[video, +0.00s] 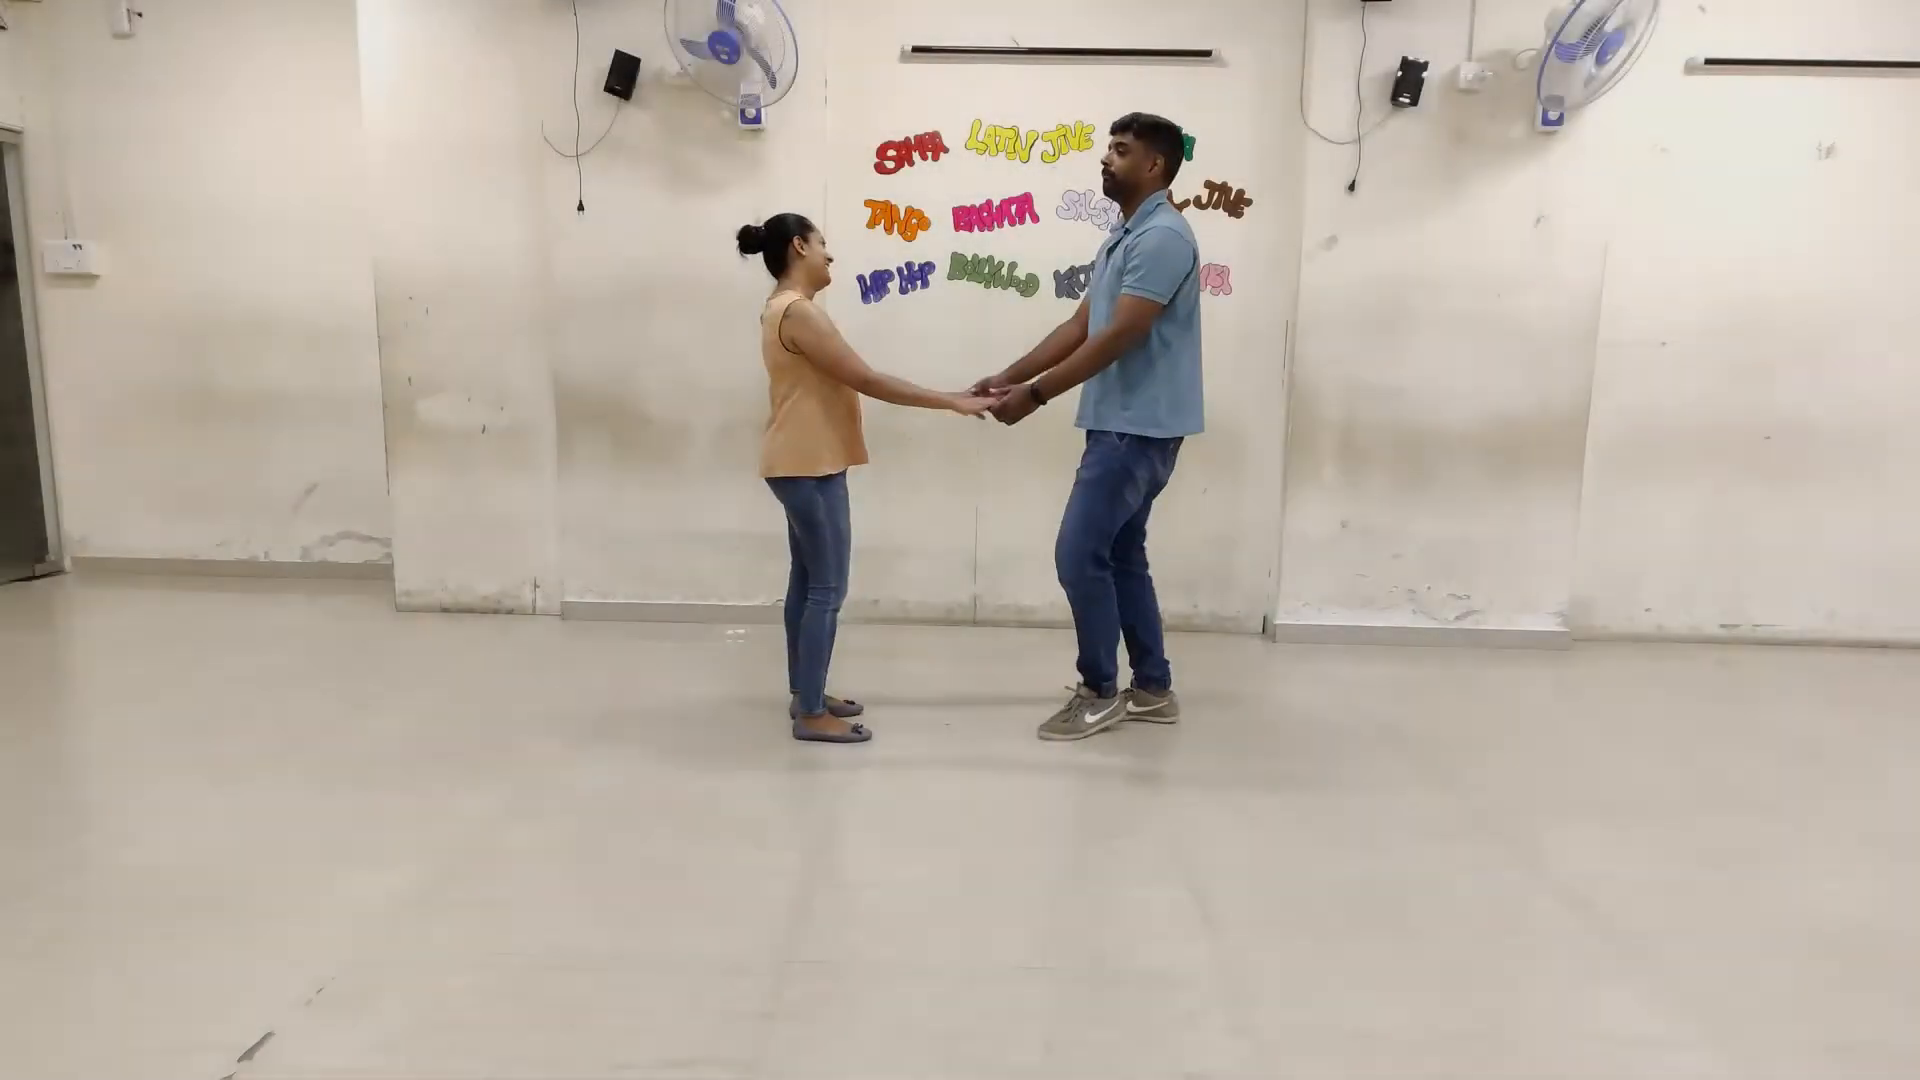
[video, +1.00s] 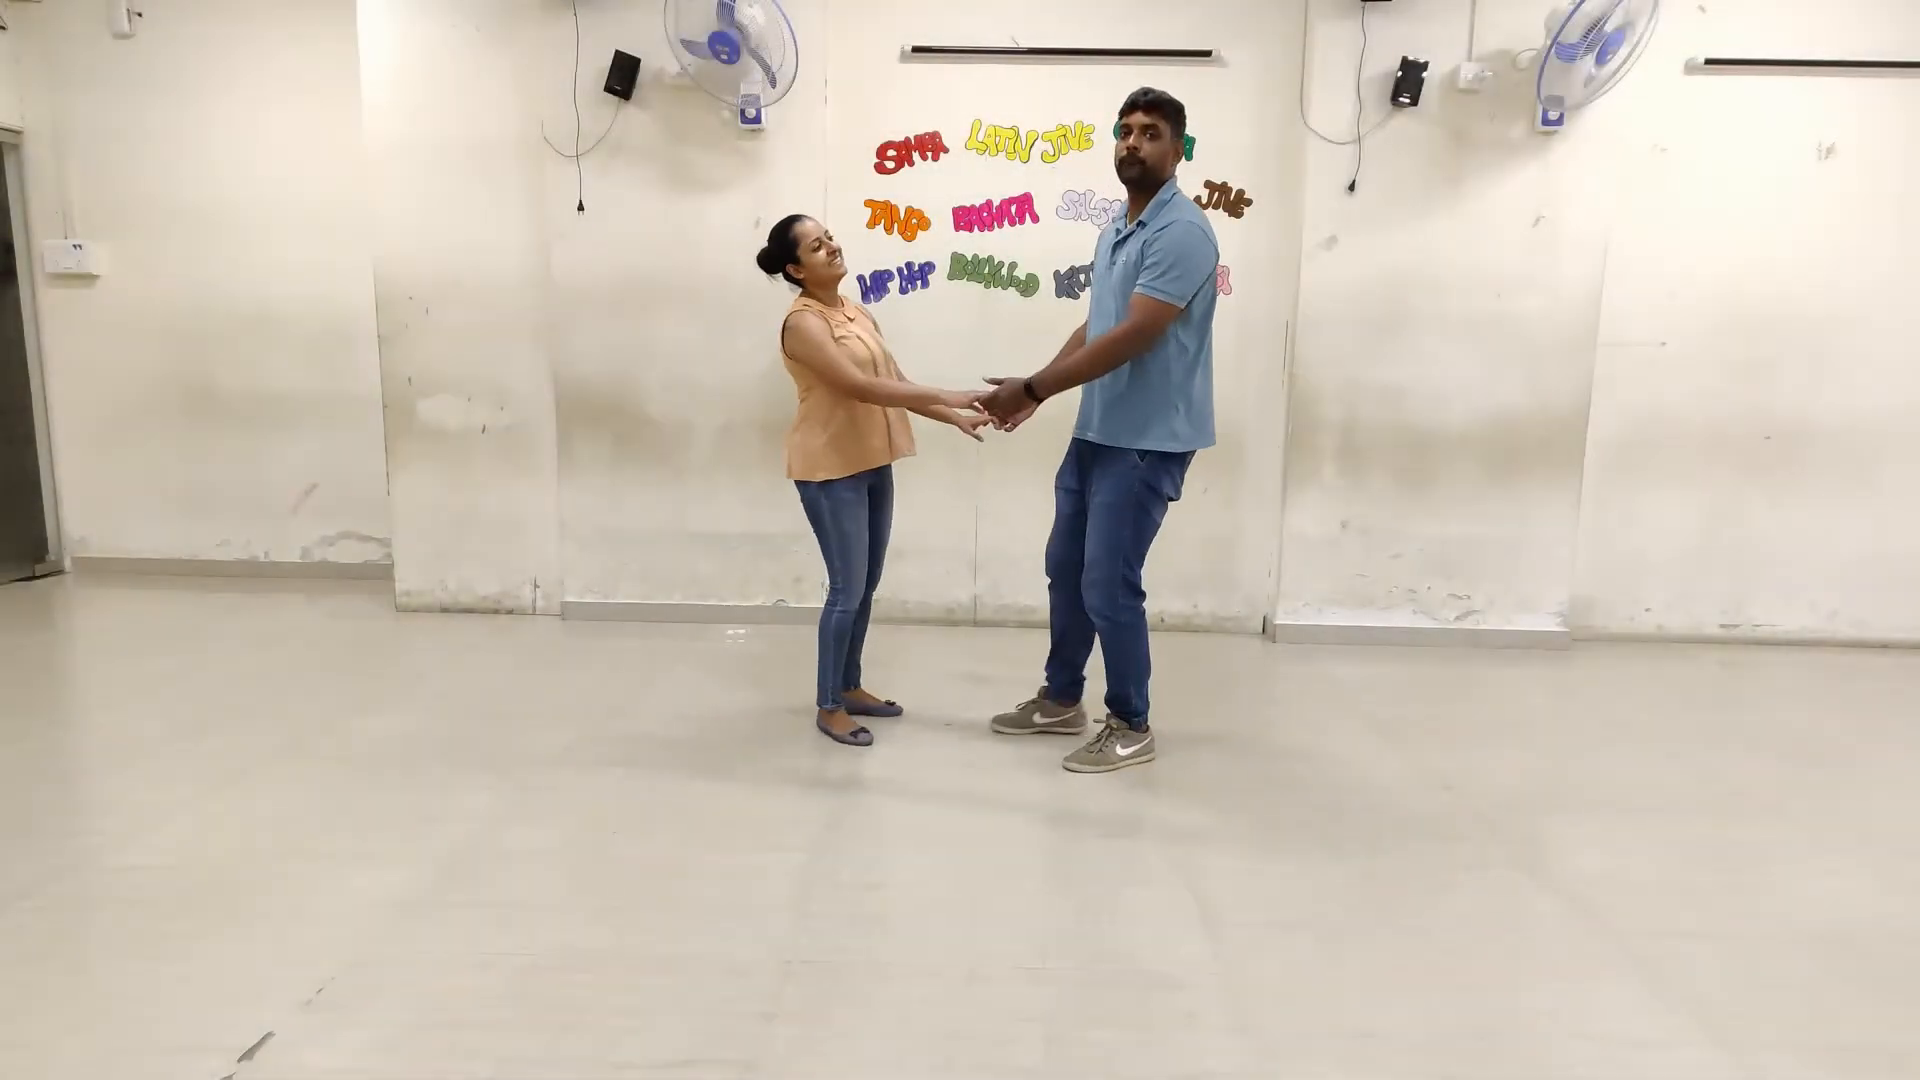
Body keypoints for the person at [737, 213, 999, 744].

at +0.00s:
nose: (830, 254)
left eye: (826, 244)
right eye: (823, 244)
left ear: (793, 251)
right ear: (800, 247)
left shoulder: (783, 310)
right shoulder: (797, 312)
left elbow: (861, 379)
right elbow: (865, 379)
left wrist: (944, 401)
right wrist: (950, 400)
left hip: (801, 463)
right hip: (812, 465)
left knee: (807, 584)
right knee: (827, 591)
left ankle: (807, 693)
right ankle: (812, 714)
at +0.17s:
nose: (830, 247)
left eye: (825, 238)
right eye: (822, 238)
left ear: (792, 249)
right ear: (803, 246)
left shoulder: (787, 308)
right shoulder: (801, 313)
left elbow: (871, 374)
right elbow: (874, 380)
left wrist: (947, 386)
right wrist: (959, 400)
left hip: (805, 464)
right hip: (815, 467)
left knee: (814, 586)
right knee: (826, 593)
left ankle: (809, 695)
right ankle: (810, 715)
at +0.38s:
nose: (831, 243)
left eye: (825, 234)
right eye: (823, 236)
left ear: (794, 253)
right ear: (806, 249)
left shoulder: (793, 308)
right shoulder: (806, 317)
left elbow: (872, 371)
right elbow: (880, 387)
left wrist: (949, 383)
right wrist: (967, 403)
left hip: (818, 462)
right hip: (813, 467)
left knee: (843, 573)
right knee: (827, 588)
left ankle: (820, 688)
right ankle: (810, 716)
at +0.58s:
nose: (836, 247)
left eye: (829, 239)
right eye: (825, 244)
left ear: (801, 266)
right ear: (803, 265)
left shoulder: (805, 314)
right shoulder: (807, 324)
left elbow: (876, 387)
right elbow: (880, 390)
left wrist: (944, 409)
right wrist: (967, 408)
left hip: (838, 470)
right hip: (819, 474)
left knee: (869, 574)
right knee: (841, 591)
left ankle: (846, 691)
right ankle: (812, 716)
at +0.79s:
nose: (833, 244)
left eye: (828, 236)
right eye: (819, 243)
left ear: (822, 256)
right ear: (796, 268)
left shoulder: (834, 308)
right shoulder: (806, 321)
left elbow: (881, 381)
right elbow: (869, 386)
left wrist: (947, 406)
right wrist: (951, 402)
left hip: (860, 466)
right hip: (827, 473)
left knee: (872, 577)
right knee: (840, 587)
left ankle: (847, 690)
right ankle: (812, 713)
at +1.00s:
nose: (833, 247)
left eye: (830, 238)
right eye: (817, 246)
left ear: (836, 248)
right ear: (795, 269)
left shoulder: (856, 313)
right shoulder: (802, 324)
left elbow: (896, 386)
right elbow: (858, 387)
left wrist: (955, 411)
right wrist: (947, 402)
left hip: (873, 466)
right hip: (830, 473)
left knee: (864, 586)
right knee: (846, 589)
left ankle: (849, 689)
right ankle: (828, 708)